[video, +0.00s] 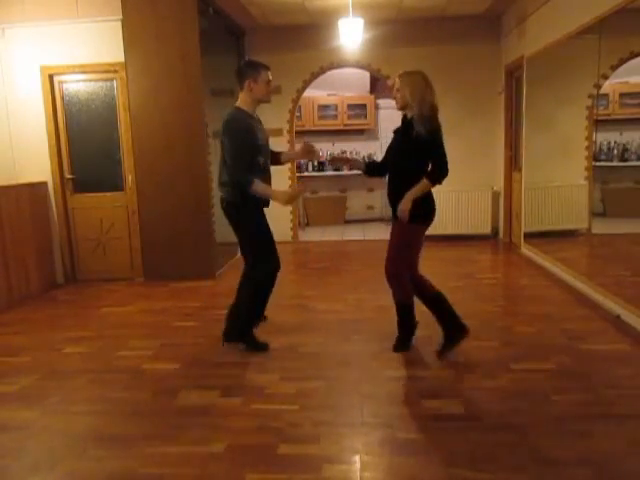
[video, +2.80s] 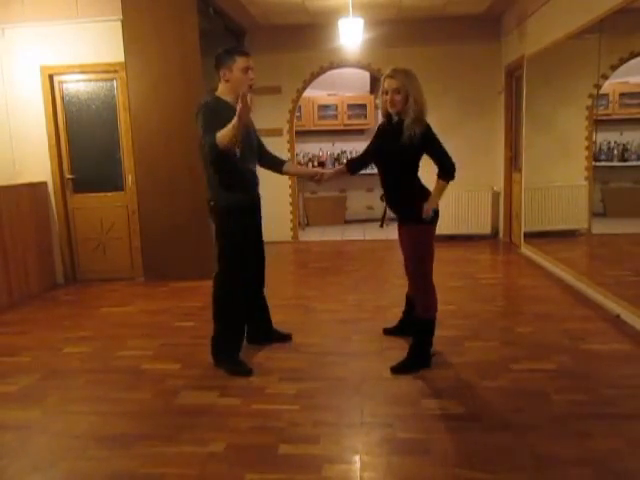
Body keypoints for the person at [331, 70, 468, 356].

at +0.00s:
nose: (394, 94)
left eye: (398, 89)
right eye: (394, 89)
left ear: (413, 91)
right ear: (405, 93)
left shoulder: (425, 124)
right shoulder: (405, 127)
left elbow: (440, 170)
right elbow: (383, 168)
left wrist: (410, 196)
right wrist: (353, 163)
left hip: (416, 207)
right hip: (404, 206)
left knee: (396, 270)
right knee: (407, 272)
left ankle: (405, 330)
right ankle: (453, 326)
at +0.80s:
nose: (394, 91)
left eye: (399, 86)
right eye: (394, 86)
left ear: (414, 90)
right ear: (409, 90)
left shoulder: (423, 126)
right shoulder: (407, 124)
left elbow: (434, 177)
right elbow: (395, 161)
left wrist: (407, 204)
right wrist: (360, 161)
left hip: (418, 208)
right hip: (412, 208)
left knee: (394, 270)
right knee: (410, 266)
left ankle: (434, 325)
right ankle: (427, 320)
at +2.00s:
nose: (391, 92)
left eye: (396, 87)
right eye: (392, 87)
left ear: (411, 88)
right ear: (409, 90)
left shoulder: (424, 122)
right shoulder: (409, 123)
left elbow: (430, 169)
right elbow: (381, 164)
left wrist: (399, 189)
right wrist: (338, 178)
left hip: (415, 204)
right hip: (412, 202)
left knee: (404, 277)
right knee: (412, 268)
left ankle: (419, 347)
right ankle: (426, 321)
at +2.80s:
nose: (392, 97)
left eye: (398, 92)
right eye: (387, 92)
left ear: (410, 94)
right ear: (382, 96)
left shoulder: (418, 129)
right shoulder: (386, 128)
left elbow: (447, 168)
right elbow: (362, 160)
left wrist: (433, 201)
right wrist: (330, 173)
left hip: (420, 212)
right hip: (405, 212)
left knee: (421, 278)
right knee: (412, 270)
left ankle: (422, 349)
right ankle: (410, 320)